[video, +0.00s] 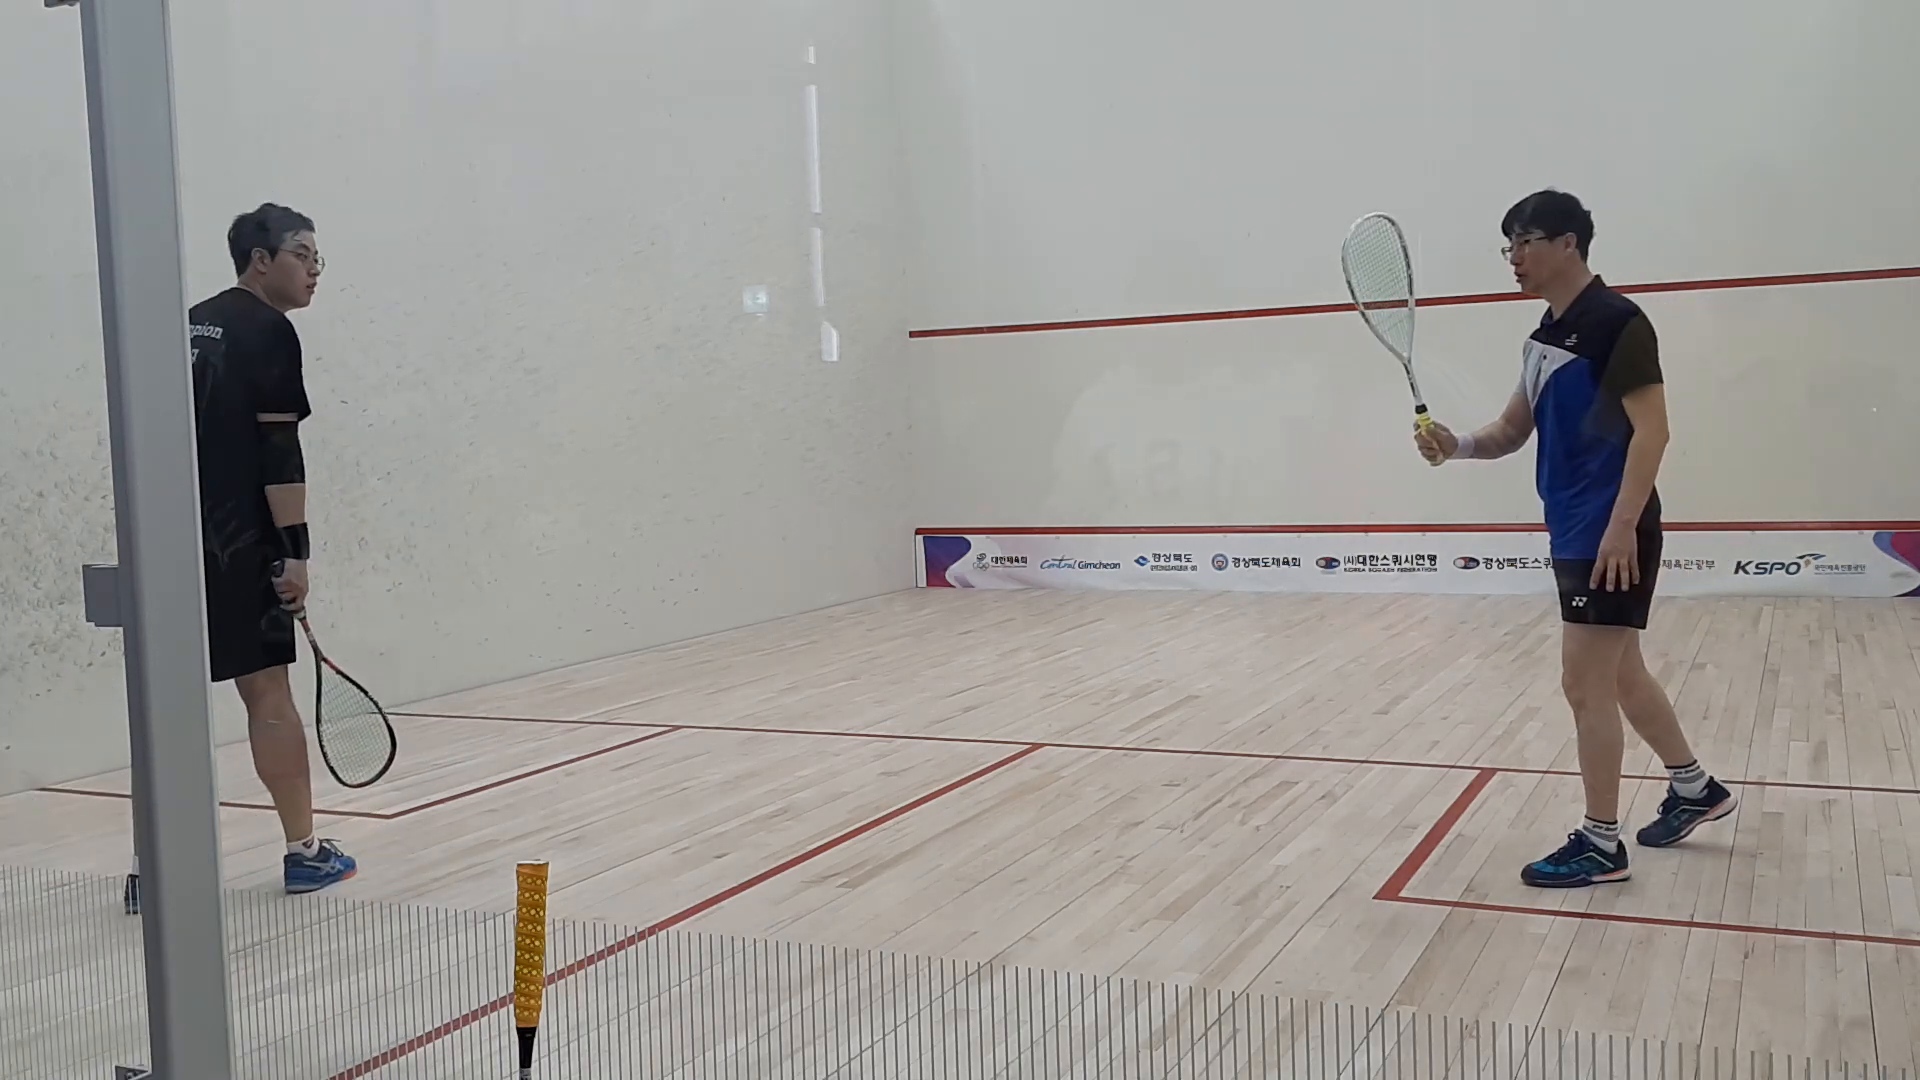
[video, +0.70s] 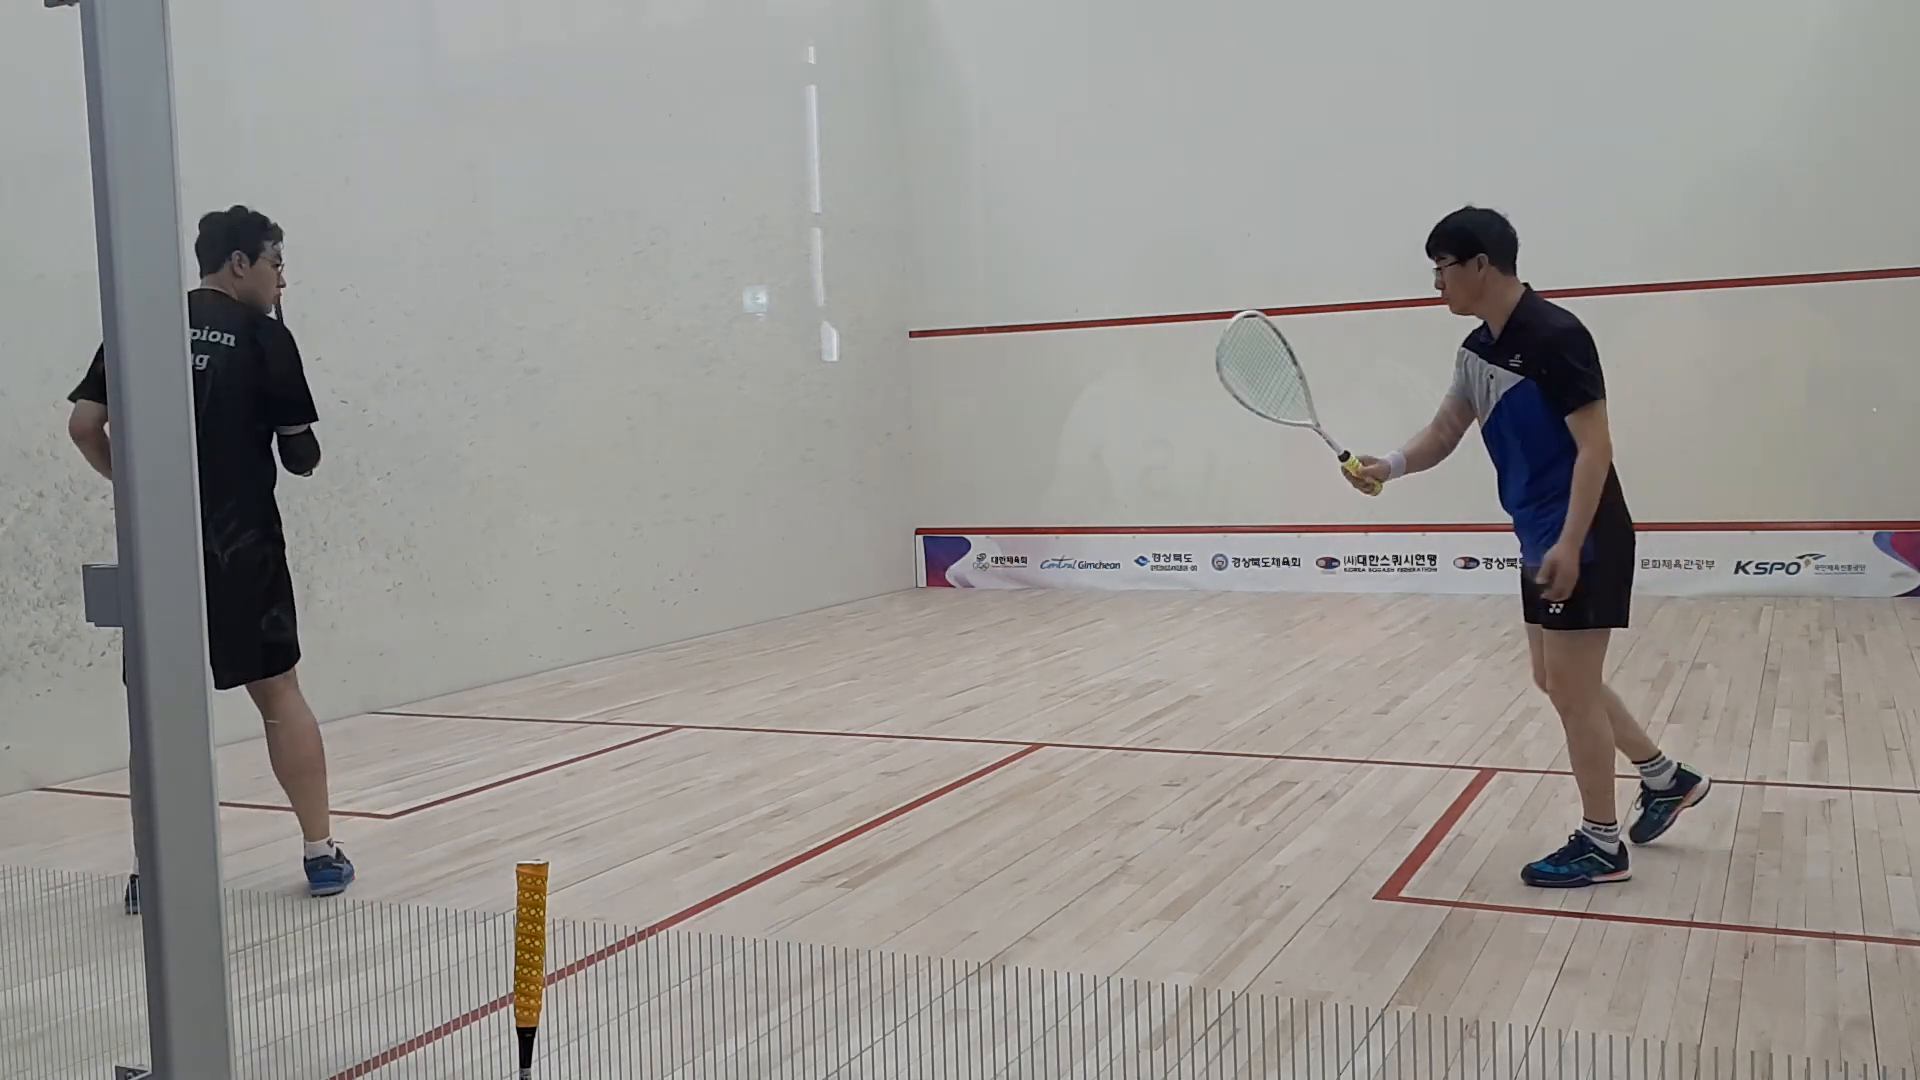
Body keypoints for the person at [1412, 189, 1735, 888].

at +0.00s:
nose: (1512, 259)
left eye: (1523, 245)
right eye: (1510, 247)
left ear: (1569, 245)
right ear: (1539, 253)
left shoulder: (1620, 323)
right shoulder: (1547, 334)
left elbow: (1653, 432)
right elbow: (1509, 431)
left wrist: (1623, 524)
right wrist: (1458, 444)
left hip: (1610, 533)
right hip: (1573, 533)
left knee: (1587, 684)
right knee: (1625, 676)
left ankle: (1602, 839)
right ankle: (1693, 783)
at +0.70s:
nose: (1437, 287)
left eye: (1444, 271)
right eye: (1436, 273)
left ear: (1482, 265)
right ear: (1480, 269)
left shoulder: (1557, 335)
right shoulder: (1477, 346)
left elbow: (1595, 450)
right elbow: (1445, 431)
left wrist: (1570, 544)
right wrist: (1392, 463)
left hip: (1586, 532)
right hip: (1539, 533)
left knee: (1573, 684)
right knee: (1554, 675)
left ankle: (1602, 839)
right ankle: (1663, 772)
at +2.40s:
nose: (874, 349)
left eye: (876, 340)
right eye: (874, 339)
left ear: (890, 345)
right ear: (938, 343)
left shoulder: (880, 421)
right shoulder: (985, 404)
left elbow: (873, 518)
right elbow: (1027, 499)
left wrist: (856, 606)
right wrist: (1047, 571)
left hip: (936, 588)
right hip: (1011, 580)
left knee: (856, 688)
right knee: (1083, 699)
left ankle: (870, 825)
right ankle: (1164, 806)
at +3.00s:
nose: (747, 335)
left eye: (741, 327)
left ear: (740, 332)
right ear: (799, 330)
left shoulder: (722, 409)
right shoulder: (842, 395)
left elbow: (730, 502)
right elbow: (891, 488)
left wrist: (728, 593)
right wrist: (919, 562)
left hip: (767, 587)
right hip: (850, 581)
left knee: (707, 709)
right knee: (921, 702)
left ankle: (694, 845)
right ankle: (990, 818)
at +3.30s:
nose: (719, 287)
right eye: (725, 276)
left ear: (666, 285)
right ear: (729, 283)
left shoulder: (641, 356)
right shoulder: (766, 346)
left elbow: (641, 450)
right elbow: (811, 433)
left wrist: (637, 542)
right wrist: (841, 514)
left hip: (678, 538)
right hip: (761, 533)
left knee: (656, 689)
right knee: (793, 677)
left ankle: (648, 825)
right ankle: (817, 817)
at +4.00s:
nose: (635, 422)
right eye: (638, 416)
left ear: (592, 415)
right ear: (640, 419)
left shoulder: (561, 451)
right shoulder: (660, 470)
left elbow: (494, 479)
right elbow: (678, 556)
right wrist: (670, 610)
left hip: (562, 590)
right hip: (633, 593)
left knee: (556, 678)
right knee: (651, 703)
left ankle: (581, 768)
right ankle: (654, 796)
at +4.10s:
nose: (607, 418)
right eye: (609, 410)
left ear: (563, 410)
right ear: (611, 412)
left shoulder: (542, 449)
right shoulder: (632, 460)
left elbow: (481, 495)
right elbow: (637, 526)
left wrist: (445, 522)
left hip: (568, 575)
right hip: (632, 573)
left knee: (564, 656)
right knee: (643, 675)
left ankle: (599, 747)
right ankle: (660, 751)